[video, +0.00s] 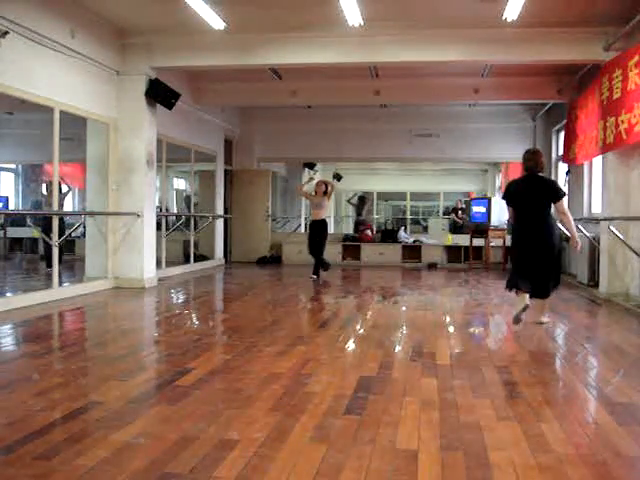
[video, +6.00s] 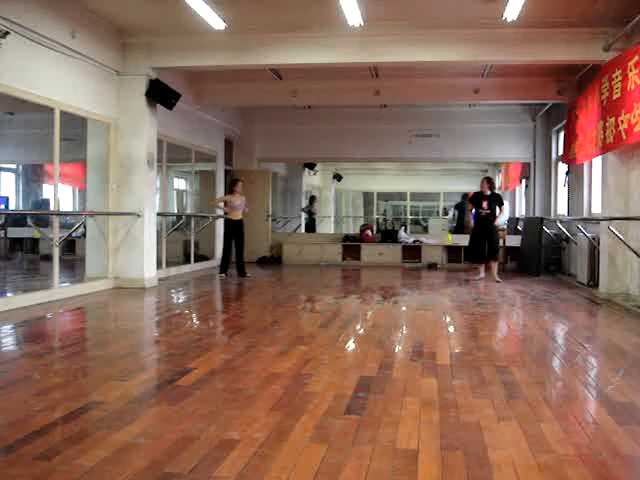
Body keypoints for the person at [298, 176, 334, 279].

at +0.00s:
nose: (318, 187)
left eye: (321, 185)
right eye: (317, 185)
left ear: (325, 188)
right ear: (315, 187)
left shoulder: (326, 198)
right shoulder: (311, 197)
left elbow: (332, 186)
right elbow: (300, 191)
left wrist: (324, 181)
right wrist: (308, 182)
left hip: (322, 222)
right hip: (313, 222)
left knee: (318, 250)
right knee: (312, 249)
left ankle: (315, 273)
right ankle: (324, 264)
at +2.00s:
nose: (254, 190)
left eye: (255, 187)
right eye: (252, 187)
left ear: (255, 189)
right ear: (247, 188)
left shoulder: (253, 196)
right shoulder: (242, 197)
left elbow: (263, 185)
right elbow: (239, 186)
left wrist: (255, 181)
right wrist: (245, 179)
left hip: (249, 221)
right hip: (242, 221)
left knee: (247, 248)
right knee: (241, 248)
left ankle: (245, 271)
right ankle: (238, 272)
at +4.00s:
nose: (244, 187)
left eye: (244, 185)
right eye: (243, 185)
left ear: (240, 187)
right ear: (238, 187)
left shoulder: (241, 198)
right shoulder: (236, 198)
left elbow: (254, 201)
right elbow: (253, 201)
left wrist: (248, 193)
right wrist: (248, 192)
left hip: (242, 221)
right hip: (237, 221)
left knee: (240, 247)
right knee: (235, 247)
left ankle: (241, 271)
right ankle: (230, 271)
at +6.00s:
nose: (240, 188)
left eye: (241, 186)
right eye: (239, 186)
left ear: (241, 187)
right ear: (234, 187)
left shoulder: (242, 198)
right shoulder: (229, 197)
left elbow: (244, 208)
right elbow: (215, 203)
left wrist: (245, 210)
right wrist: (224, 208)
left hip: (239, 220)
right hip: (230, 220)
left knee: (240, 247)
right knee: (227, 247)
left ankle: (241, 272)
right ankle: (223, 271)